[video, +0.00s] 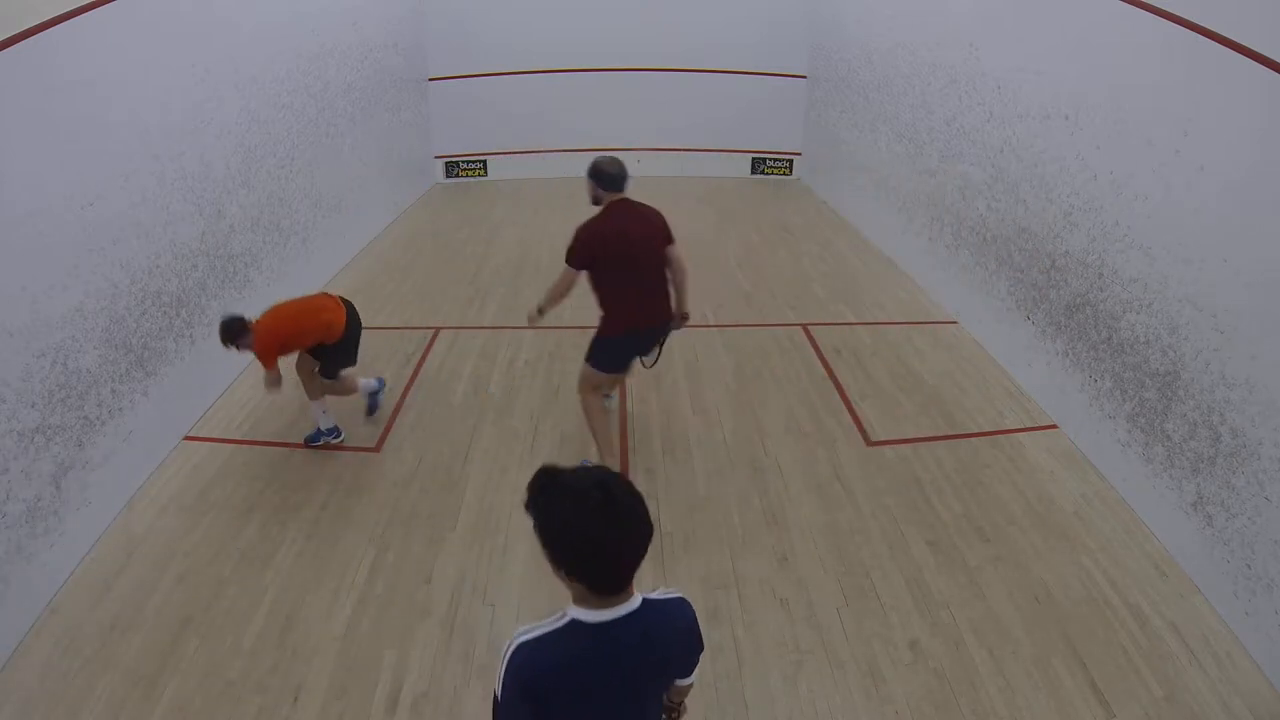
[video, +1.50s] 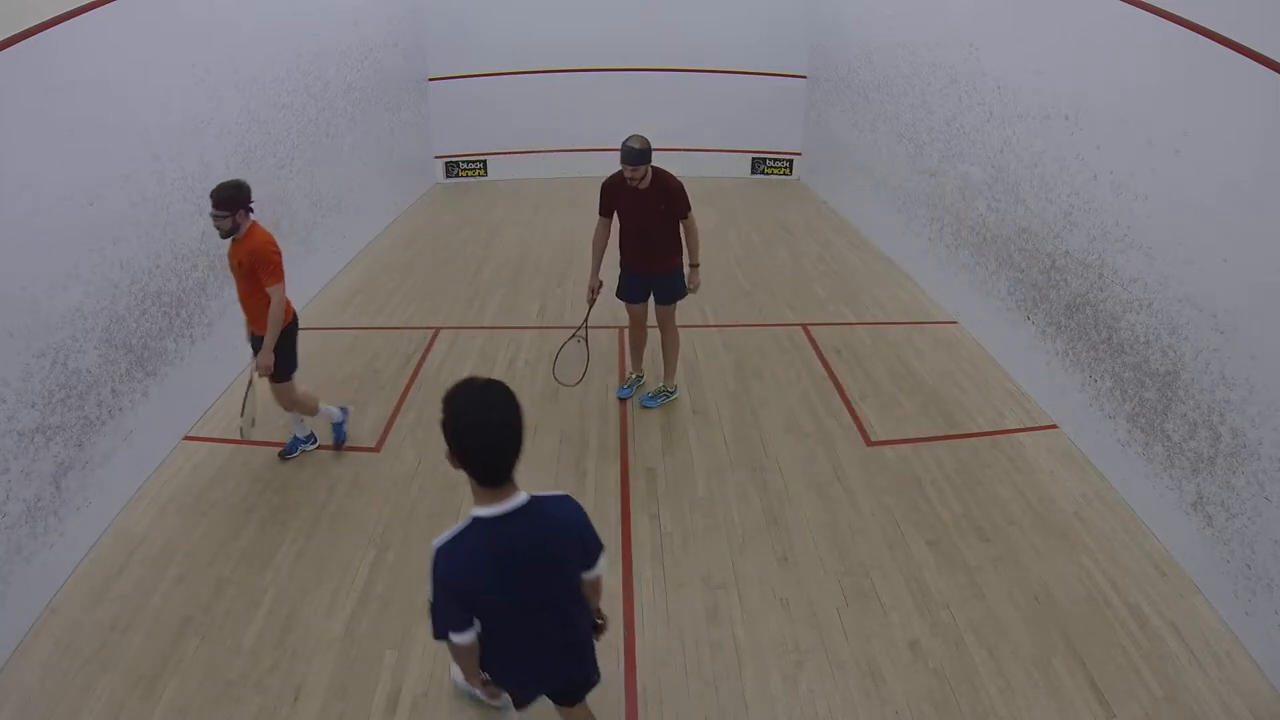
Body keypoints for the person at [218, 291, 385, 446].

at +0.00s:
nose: (241, 350)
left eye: (237, 346)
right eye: (237, 348)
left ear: (240, 341)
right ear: (246, 324)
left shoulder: (262, 344)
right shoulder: (265, 319)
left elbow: (274, 379)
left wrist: (271, 385)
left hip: (343, 328)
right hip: (339, 306)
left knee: (324, 384)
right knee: (304, 368)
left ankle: (373, 386)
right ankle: (328, 428)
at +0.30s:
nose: (228, 273)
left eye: (227, 266)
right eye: (225, 267)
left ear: (234, 260)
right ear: (244, 253)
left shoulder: (259, 285)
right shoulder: (271, 258)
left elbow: (279, 334)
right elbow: (304, 278)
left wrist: (291, 338)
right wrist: (306, 308)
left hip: (330, 318)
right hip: (337, 300)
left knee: (327, 381)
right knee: (314, 366)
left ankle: (369, 422)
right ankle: (330, 427)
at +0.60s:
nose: (242, 225)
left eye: (242, 219)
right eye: (241, 220)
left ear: (253, 216)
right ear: (267, 211)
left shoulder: (275, 251)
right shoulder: (293, 230)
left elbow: (287, 309)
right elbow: (321, 270)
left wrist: (291, 360)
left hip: (323, 320)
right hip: (333, 306)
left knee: (335, 377)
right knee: (315, 369)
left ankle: (369, 422)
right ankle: (331, 426)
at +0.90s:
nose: (250, 216)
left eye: (252, 209)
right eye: (249, 210)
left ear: (269, 208)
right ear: (277, 205)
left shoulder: (288, 243)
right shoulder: (293, 227)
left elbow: (297, 302)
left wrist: (281, 351)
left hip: (320, 320)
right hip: (305, 317)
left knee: (336, 376)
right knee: (293, 368)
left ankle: (369, 421)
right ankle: (316, 424)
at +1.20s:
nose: (236, 219)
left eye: (240, 213)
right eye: (236, 213)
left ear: (259, 212)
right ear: (261, 210)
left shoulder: (278, 246)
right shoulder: (270, 236)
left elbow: (294, 299)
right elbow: (284, 290)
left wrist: (292, 344)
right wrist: (282, 323)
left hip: (305, 327)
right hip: (285, 327)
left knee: (331, 378)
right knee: (286, 379)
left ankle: (368, 422)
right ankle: (304, 435)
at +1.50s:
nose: (215, 223)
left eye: (221, 217)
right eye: (213, 217)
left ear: (242, 214)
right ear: (238, 214)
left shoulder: (260, 245)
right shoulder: (238, 240)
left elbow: (278, 301)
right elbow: (251, 291)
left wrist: (267, 350)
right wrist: (251, 328)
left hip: (279, 329)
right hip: (260, 328)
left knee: (286, 395)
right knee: (281, 387)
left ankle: (337, 415)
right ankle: (303, 434)